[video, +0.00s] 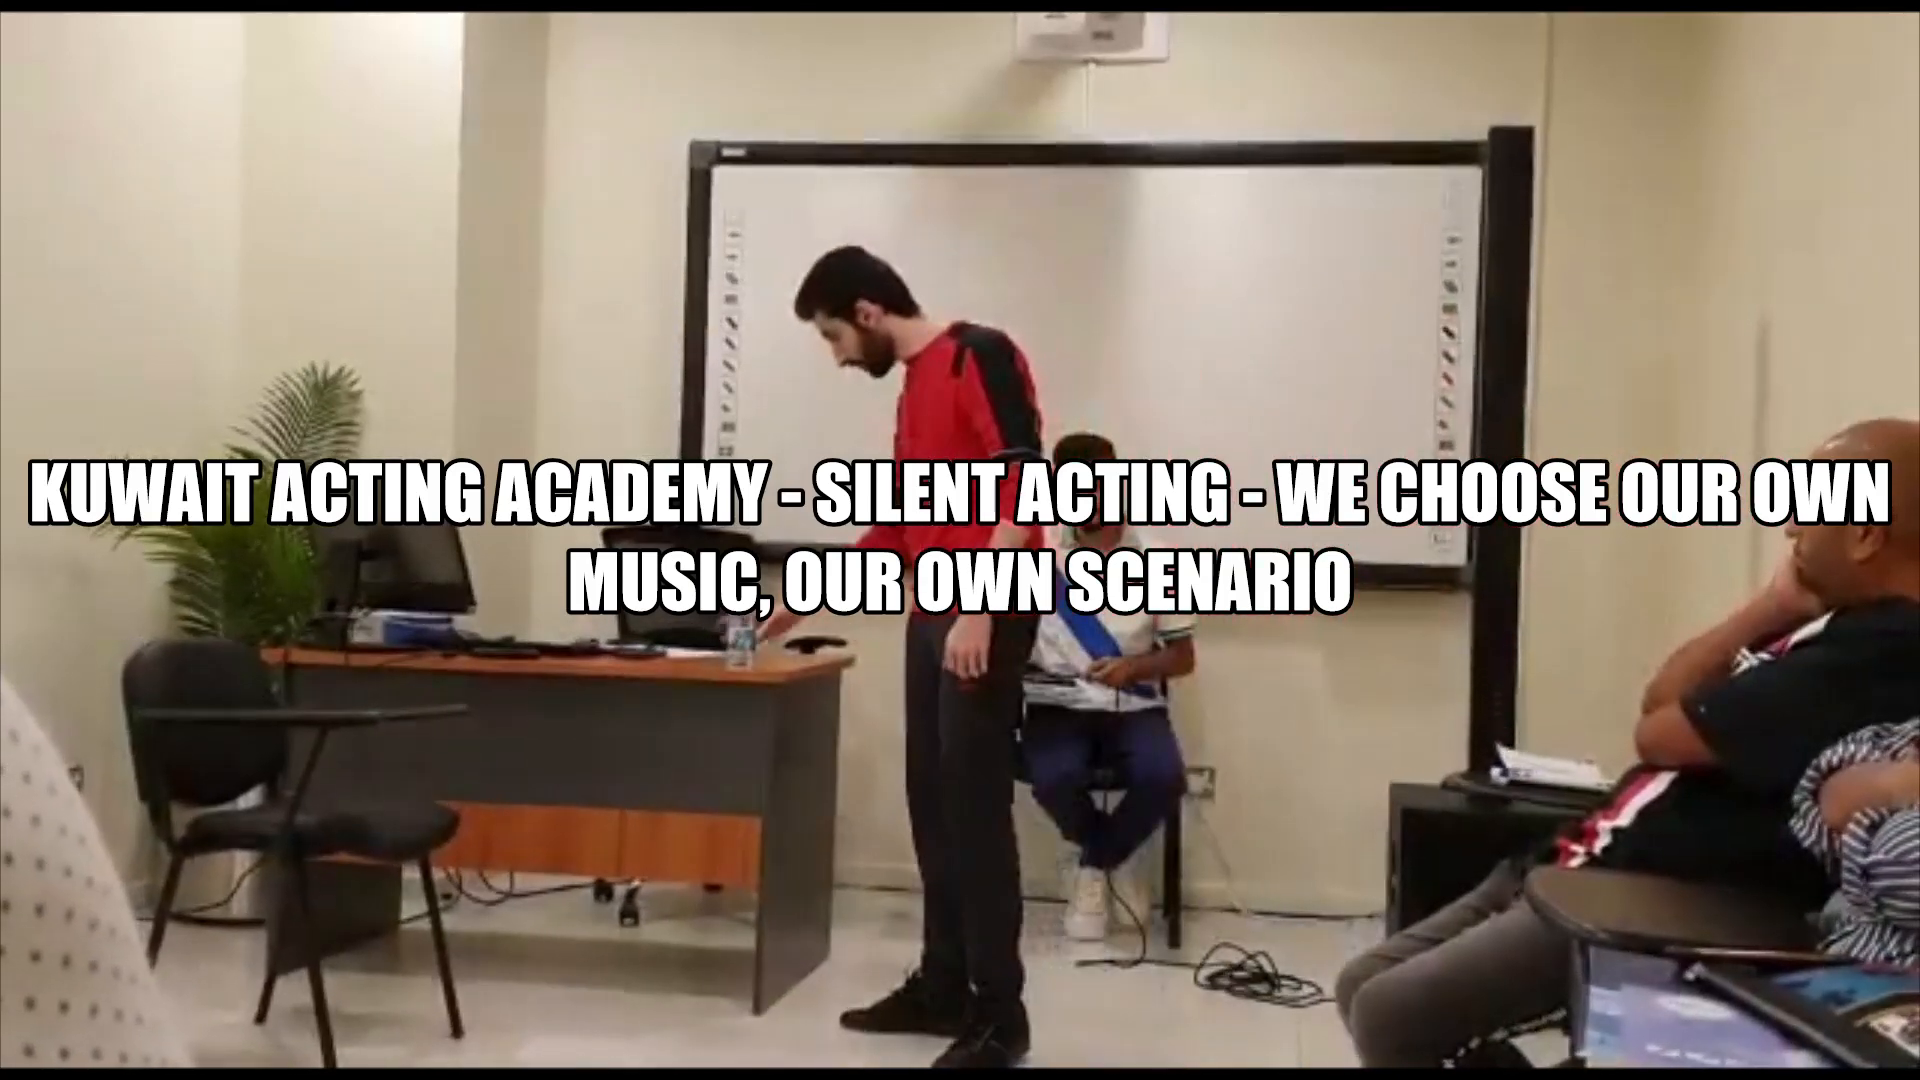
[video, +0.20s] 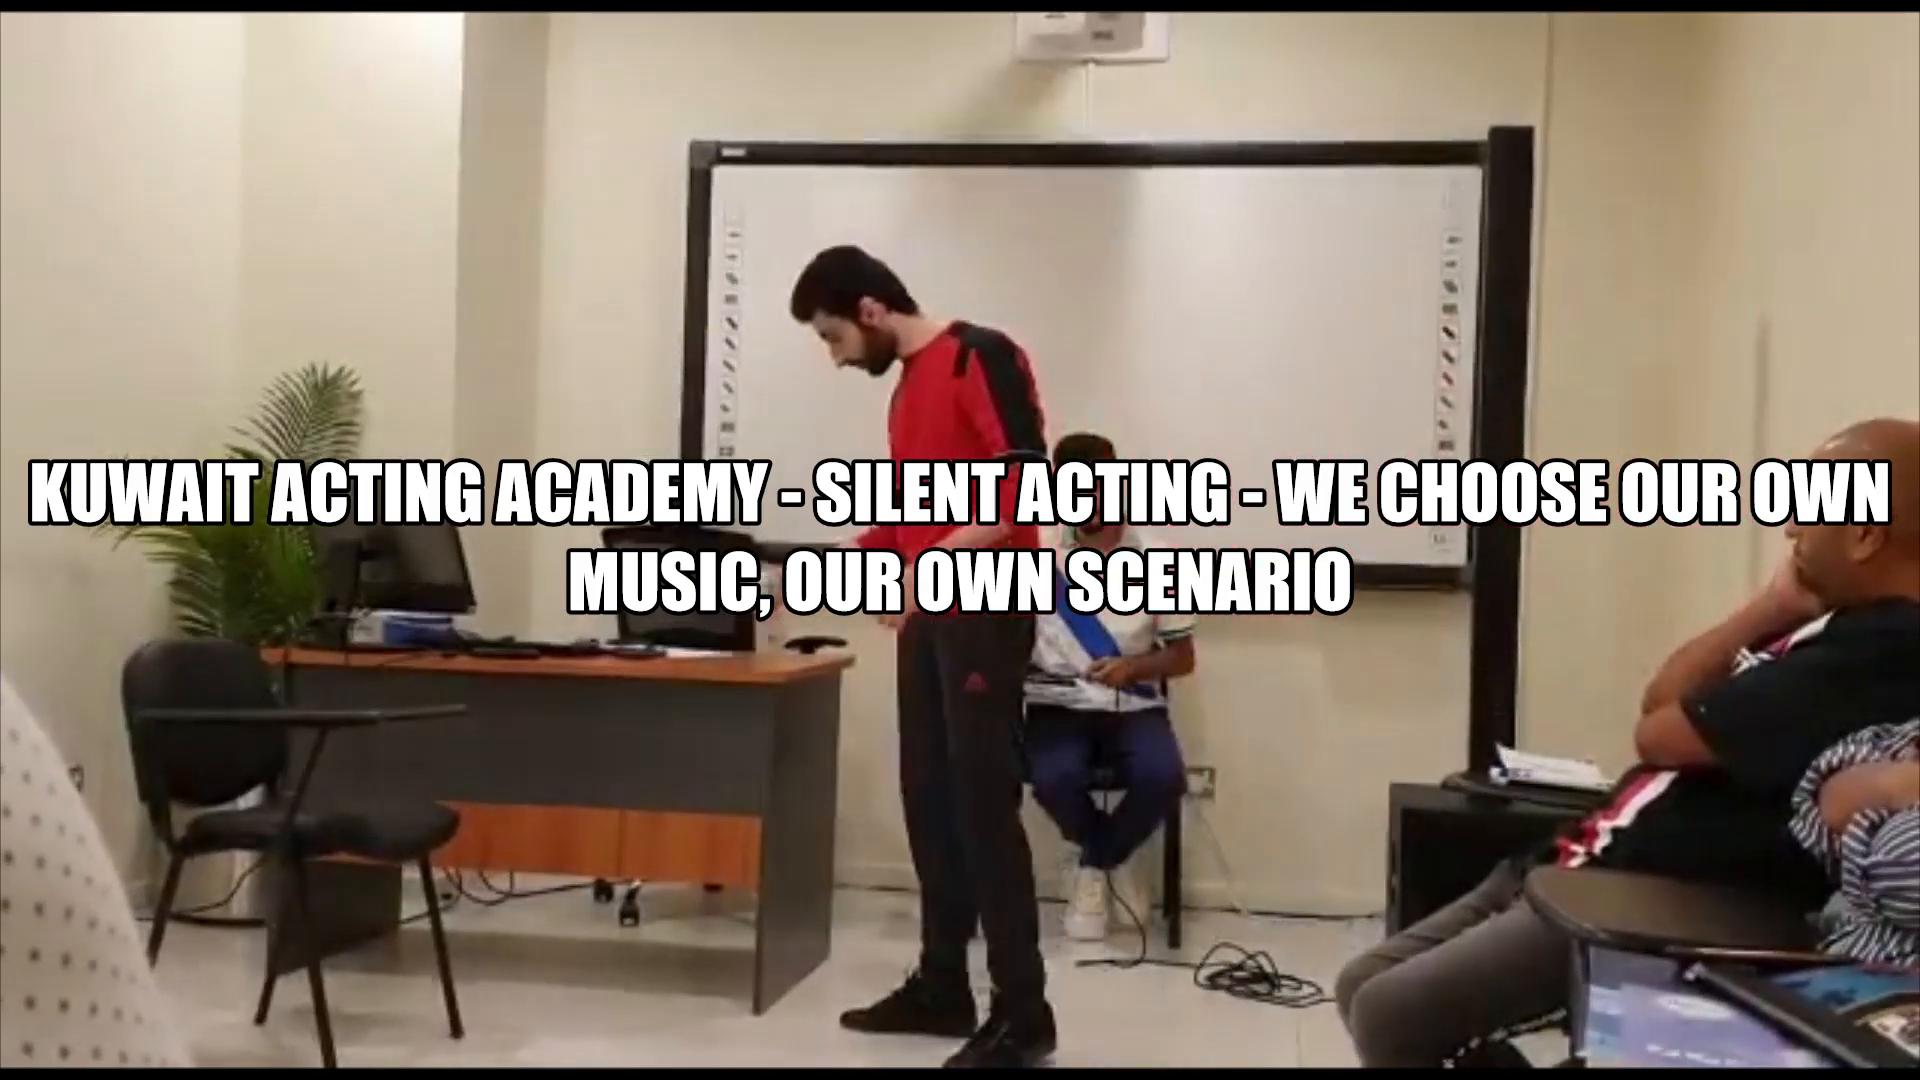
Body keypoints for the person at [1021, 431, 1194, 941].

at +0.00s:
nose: (1091, 510)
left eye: (1100, 494)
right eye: (1078, 496)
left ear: (1119, 493)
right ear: (1058, 499)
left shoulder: (1150, 559)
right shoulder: (1041, 557)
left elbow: (1182, 654)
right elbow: (1012, 634)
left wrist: (1135, 667)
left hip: (1134, 708)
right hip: (1057, 705)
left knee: (1162, 778)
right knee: (1053, 780)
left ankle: (1093, 868)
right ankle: (1111, 860)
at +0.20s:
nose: (1094, 516)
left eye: (1102, 499)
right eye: (1080, 501)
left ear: (1120, 497)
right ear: (1059, 503)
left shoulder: (1150, 559)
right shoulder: (1042, 557)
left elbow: (1182, 654)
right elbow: (1013, 634)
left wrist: (1132, 668)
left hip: (1134, 707)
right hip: (1057, 705)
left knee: (1162, 777)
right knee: (1052, 781)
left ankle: (1093, 866)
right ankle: (1112, 859)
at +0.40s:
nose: (1095, 516)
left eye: (1103, 500)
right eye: (1081, 502)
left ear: (1121, 497)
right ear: (1059, 505)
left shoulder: (1150, 558)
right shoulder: (1041, 557)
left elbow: (1182, 654)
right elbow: (1013, 633)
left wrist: (1132, 668)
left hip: (1133, 707)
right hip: (1057, 704)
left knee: (1161, 777)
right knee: (1052, 781)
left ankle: (1093, 866)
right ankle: (1114, 859)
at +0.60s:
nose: (1093, 508)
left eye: (1101, 493)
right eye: (1082, 494)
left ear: (1120, 493)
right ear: (1064, 499)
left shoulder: (1149, 556)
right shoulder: (1047, 556)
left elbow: (1183, 655)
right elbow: (1022, 634)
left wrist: (1131, 669)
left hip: (1134, 708)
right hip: (1063, 707)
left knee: (1161, 779)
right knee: (1055, 784)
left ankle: (1093, 868)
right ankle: (1113, 859)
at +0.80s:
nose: (1106, 535)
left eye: (1113, 526)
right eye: (1097, 526)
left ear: (1128, 527)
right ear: (1080, 526)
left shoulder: (1155, 565)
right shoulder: (1056, 564)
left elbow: (1183, 657)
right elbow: (1031, 641)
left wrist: (1130, 668)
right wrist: (1069, 667)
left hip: (1137, 711)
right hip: (1070, 713)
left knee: (1161, 780)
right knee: (1056, 785)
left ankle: (1096, 858)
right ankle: (1112, 854)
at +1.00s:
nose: (1118, 533)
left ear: (1137, 536)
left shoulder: (1156, 576)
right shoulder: (1056, 575)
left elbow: (1183, 656)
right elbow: (1034, 646)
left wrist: (1134, 667)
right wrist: (1076, 670)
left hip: (1139, 713)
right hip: (1072, 712)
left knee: (1162, 778)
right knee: (1051, 780)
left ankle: (1097, 863)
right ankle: (1117, 861)